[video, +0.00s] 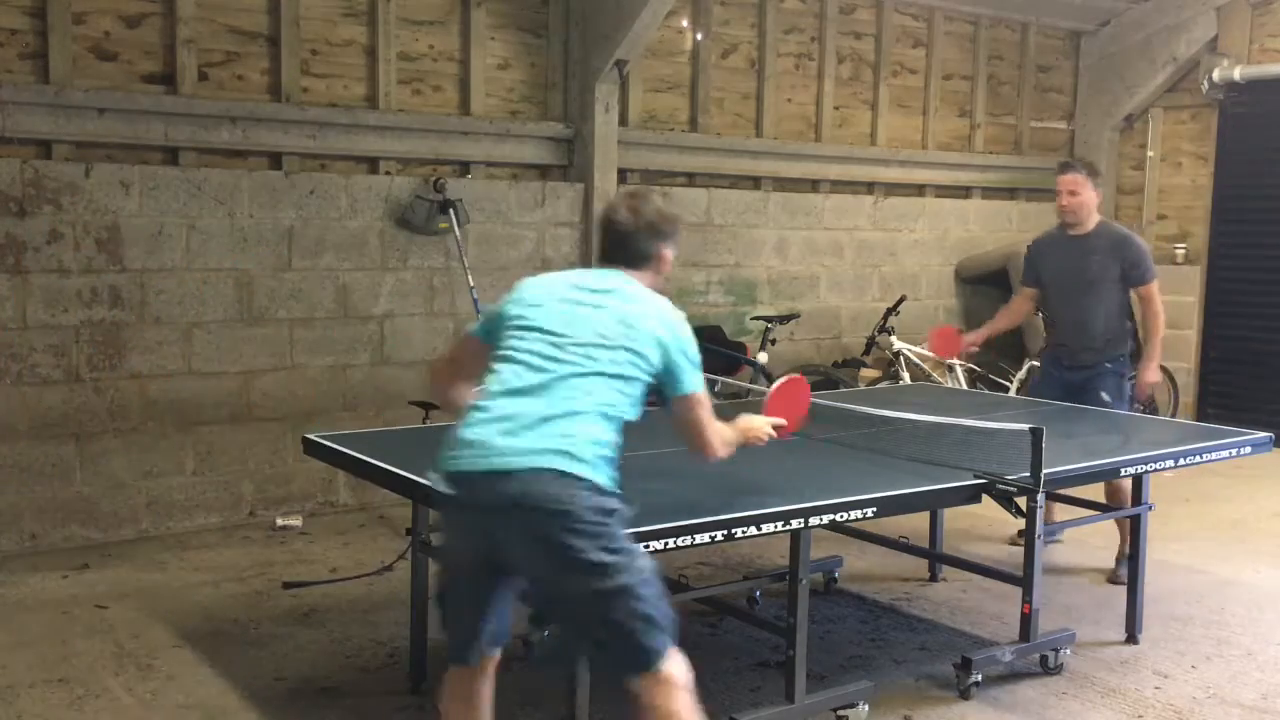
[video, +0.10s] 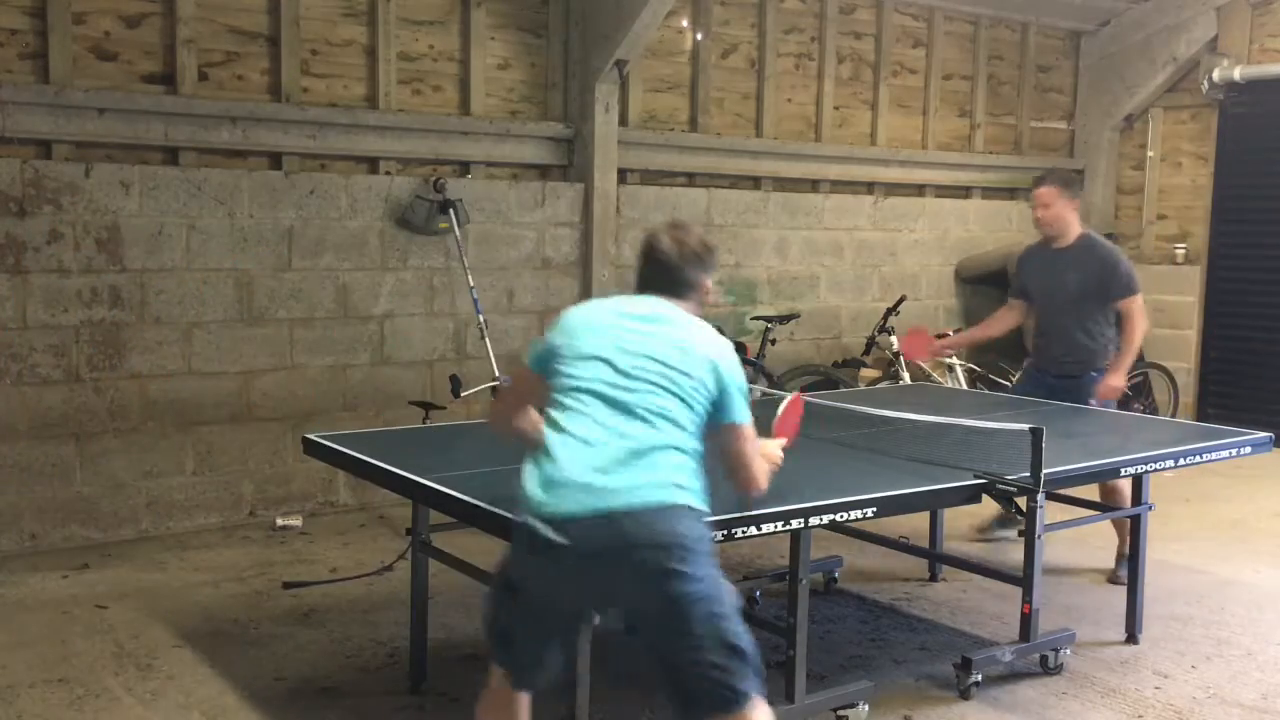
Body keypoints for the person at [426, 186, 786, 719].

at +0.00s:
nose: (673, 261)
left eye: (672, 249)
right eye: (673, 251)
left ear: (604, 244)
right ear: (663, 257)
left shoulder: (531, 290)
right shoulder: (663, 319)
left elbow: (448, 378)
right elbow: (710, 443)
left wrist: (502, 414)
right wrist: (742, 428)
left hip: (468, 483)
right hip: (563, 489)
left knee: (470, 661)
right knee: (662, 673)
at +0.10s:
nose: (716, 293)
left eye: (714, 283)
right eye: (713, 283)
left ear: (643, 277)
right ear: (703, 287)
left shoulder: (577, 320)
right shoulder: (714, 349)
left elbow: (508, 411)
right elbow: (752, 481)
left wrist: (562, 439)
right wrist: (764, 454)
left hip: (556, 521)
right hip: (662, 523)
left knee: (509, 675)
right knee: (736, 695)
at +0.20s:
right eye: (746, 304)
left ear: (672, 301)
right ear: (739, 310)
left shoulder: (615, 345)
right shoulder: (757, 367)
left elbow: (534, 448)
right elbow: (784, 510)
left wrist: (594, 474)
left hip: (612, 528)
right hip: (722, 529)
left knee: (559, 680)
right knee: (776, 697)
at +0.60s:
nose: (721, 232)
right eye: (719, 224)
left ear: (641, 234)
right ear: (712, 236)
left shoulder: (597, 307)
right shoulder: (750, 317)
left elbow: (523, 433)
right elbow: (757, 446)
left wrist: (563, 467)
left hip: (637, 523)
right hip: (742, 519)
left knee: (535, 684)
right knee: (781, 697)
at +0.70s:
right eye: (666, 224)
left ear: (588, 238)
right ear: (662, 237)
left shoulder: (548, 316)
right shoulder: (702, 318)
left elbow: (472, 446)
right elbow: (715, 447)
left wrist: (508, 472)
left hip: (608, 539)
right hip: (710, 529)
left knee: (497, 699)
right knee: (760, 701)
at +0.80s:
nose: (607, 237)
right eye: (606, 228)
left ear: (527, 241)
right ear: (600, 240)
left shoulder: (486, 321)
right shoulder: (639, 320)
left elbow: (408, 467)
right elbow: (671, 457)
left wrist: (431, 484)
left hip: (550, 544)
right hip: (657, 532)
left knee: (443, 696)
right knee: (717, 698)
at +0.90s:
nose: (560, 232)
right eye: (559, 224)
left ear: (481, 234)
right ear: (552, 234)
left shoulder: (441, 309)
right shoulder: (591, 311)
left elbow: (363, 455)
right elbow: (642, 451)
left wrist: (379, 494)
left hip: (502, 527)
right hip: (606, 513)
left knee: (436, 699)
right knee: (651, 691)